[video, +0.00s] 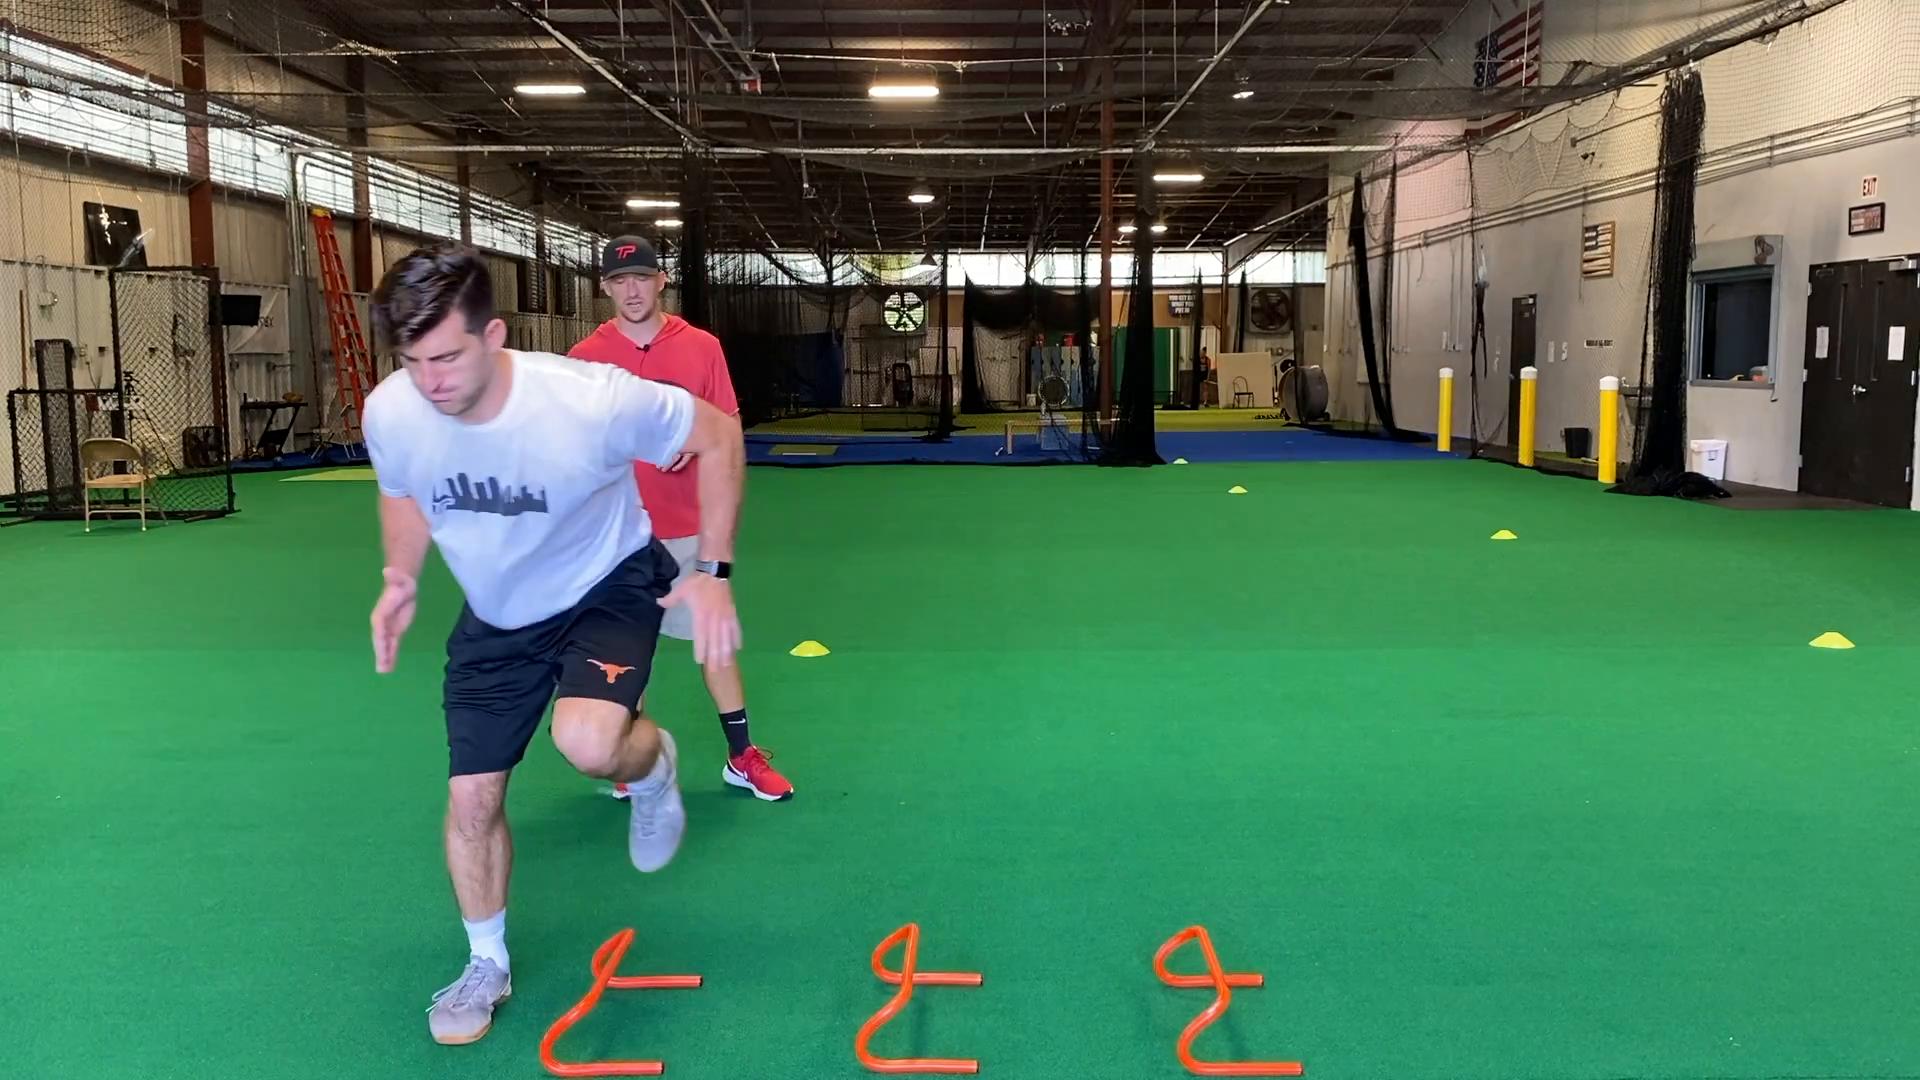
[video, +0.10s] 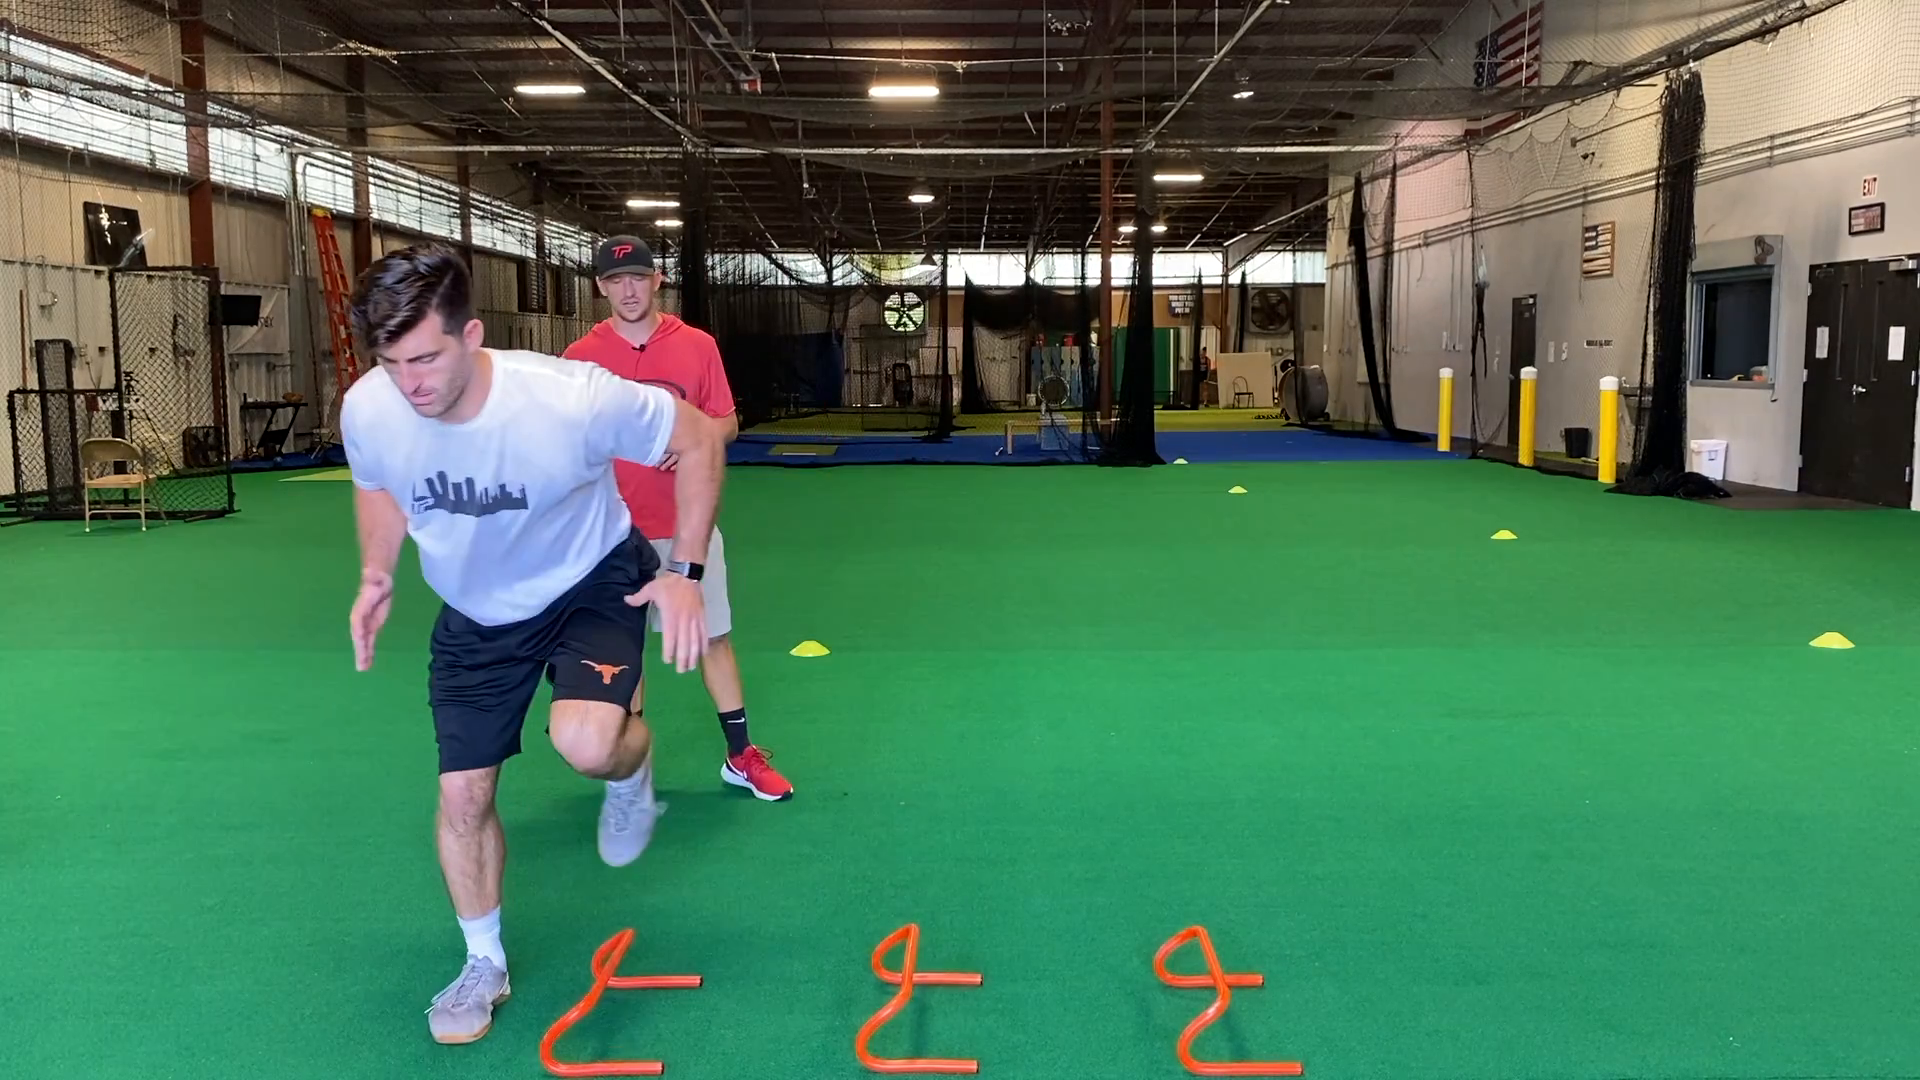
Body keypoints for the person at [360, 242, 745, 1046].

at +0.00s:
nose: (434, 378)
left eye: (448, 357)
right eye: (417, 360)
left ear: (495, 336)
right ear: (401, 351)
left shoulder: (589, 400)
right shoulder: (391, 413)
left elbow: (719, 431)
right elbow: (402, 495)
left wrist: (714, 567)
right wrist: (401, 578)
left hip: (608, 584)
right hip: (496, 611)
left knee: (588, 742)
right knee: (472, 795)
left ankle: (656, 773)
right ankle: (487, 963)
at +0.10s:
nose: (413, 380)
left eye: (427, 358)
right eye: (396, 362)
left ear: (472, 336)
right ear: (380, 352)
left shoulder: (571, 398)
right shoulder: (370, 411)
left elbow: (700, 435)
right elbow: (377, 487)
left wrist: (686, 568)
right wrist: (377, 575)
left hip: (592, 584)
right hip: (475, 612)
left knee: (586, 743)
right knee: (462, 796)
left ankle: (635, 769)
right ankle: (484, 962)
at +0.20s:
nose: (400, 379)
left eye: (415, 358)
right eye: (383, 361)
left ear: (460, 332)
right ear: (366, 349)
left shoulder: (560, 398)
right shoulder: (357, 403)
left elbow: (686, 446)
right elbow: (365, 483)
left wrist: (665, 584)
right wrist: (369, 583)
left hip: (583, 581)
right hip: (466, 608)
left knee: (579, 745)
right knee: (458, 785)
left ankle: (608, 772)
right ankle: (484, 961)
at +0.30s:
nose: (394, 377)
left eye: (410, 355)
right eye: (379, 359)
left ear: (453, 329)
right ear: (361, 348)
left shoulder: (556, 400)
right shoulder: (352, 392)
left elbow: (665, 492)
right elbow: (368, 465)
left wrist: (606, 624)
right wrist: (378, 569)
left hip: (573, 580)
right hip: (461, 596)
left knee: (572, 758)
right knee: (459, 779)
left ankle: (568, 776)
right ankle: (484, 962)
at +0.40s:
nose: (392, 382)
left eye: (408, 358)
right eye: (374, 364)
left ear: (453, 335)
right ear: (356, 357)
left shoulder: (550, 414)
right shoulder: (357, 385)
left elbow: (631, 542)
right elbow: (385, 445)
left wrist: (502, 628)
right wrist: (394, 509)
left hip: (581, 594)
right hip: (461, 594)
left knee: (557, 778)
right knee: (463, 776)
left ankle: (523, 744)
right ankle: (481, 960)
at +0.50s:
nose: (391, 406)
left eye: (407, 383)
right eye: (374, 388)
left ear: (455, 360)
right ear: (357, 380)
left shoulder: (542, 446)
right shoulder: (375, 405)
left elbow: (586, 600)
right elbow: (445, 495)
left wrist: (432, 591)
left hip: (586, 597)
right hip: (470, 588)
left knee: (537, 793)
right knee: (457, 775)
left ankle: (494, 750)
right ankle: (477, 960)